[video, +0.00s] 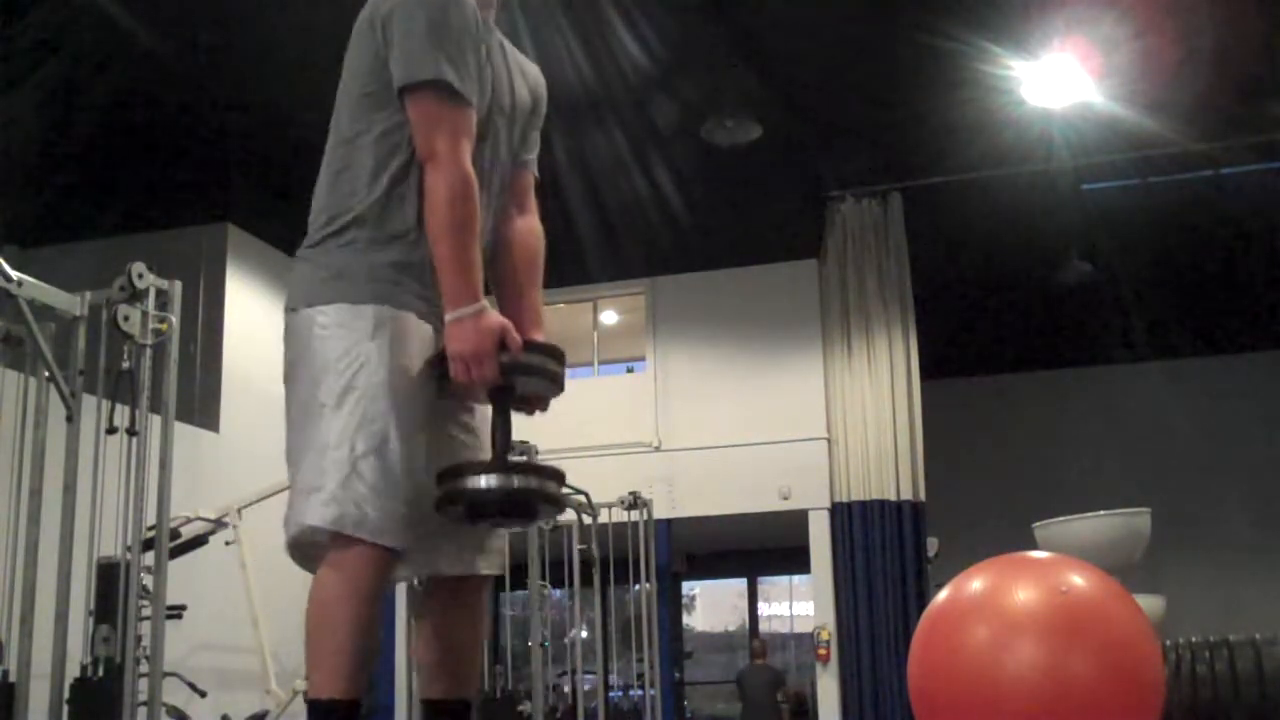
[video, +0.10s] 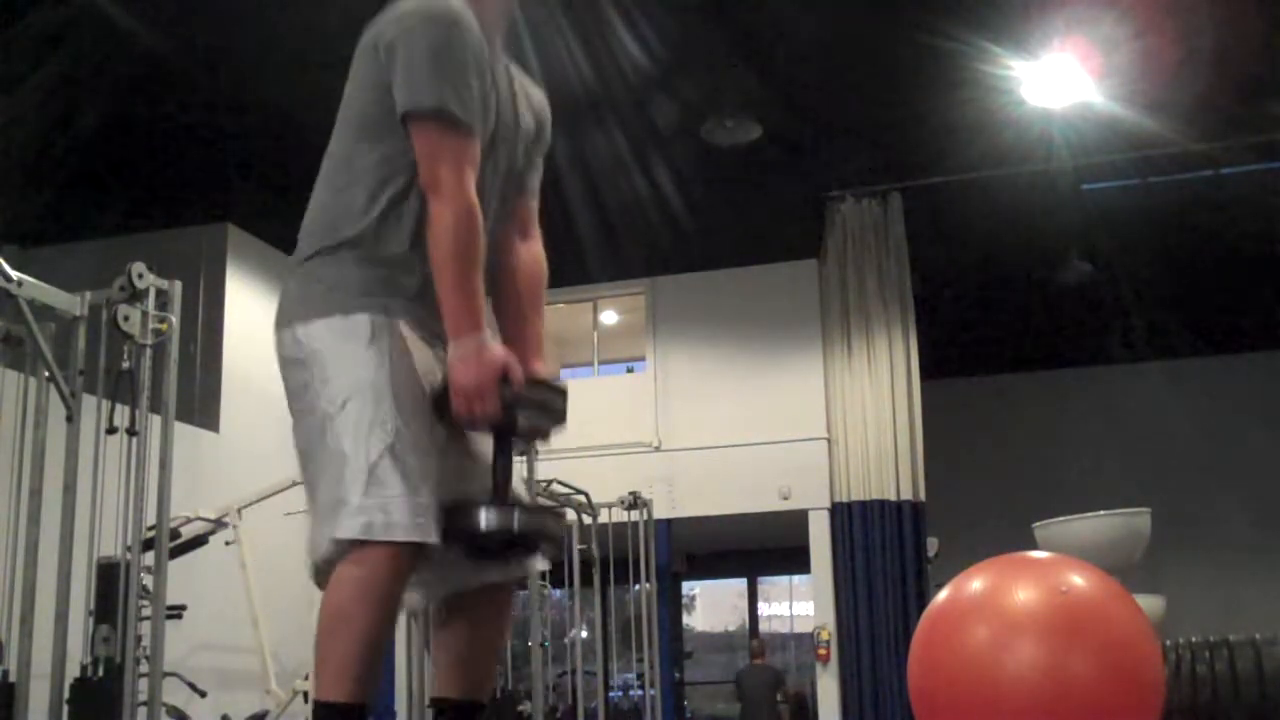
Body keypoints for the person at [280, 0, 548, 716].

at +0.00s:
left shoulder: (523, 75)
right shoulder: (427, 8)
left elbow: (519, 211)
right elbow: (442, 158)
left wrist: (531, 337)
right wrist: (464, 308)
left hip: (452, 317)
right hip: (365, 300)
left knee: (462, 553)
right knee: (363, 533)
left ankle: (449, 711)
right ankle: (332, 711)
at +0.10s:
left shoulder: (527, 97)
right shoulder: (433, 22)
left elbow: (521, 235)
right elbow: (448, 189)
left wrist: (530, 361)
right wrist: (469, 341)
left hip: (437, 327)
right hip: (350, 308)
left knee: (485, 550)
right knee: (381, 529)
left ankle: (459, 711)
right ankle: (336, 714)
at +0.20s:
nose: (550, 24)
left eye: (549, 17)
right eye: (530, 9)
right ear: (481, 9)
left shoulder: (533, 143)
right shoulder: (439, 65)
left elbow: (524, 279)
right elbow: (453, 243)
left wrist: (535, 418)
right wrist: (472, 399)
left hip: (423, 349)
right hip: (330, 324)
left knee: (513, 563)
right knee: (401, 530)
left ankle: (465, 711)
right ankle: (336, 711)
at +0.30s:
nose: (581, 22)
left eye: (577, 10)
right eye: (558, 7)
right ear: (502, 24)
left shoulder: (543, 192)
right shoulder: (451, 116)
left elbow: (529, 340)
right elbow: (459, 304)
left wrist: (541, 476)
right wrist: (474, 456)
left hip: (404, 376)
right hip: (312, 350)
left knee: (494, 531)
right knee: (405, 526)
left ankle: (470, 704)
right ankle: (338, 710)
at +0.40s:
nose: (598, 77)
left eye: (596, 61)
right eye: (580, 58)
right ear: (518, 68)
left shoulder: (549, 235)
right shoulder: (460, 165)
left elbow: (536, 390)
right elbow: (466, 363)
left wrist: (545, 523)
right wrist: (484, 514)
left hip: (397, 404)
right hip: (302, 382)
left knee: (534, 567)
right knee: (412, 535)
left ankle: (476, 709)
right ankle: (343, 713)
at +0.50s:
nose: (610, 118)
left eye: (605, 103)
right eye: (592, 100)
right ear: (533, 114)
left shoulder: (558, 280)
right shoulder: (469, 214)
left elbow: (542, 429)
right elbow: (474, 406)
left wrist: (545, 565)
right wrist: (491, 564)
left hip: (396, 429)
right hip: (299, 407)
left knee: (559, 563)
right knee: (432, 533)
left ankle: (477, 705)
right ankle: (345, 710)